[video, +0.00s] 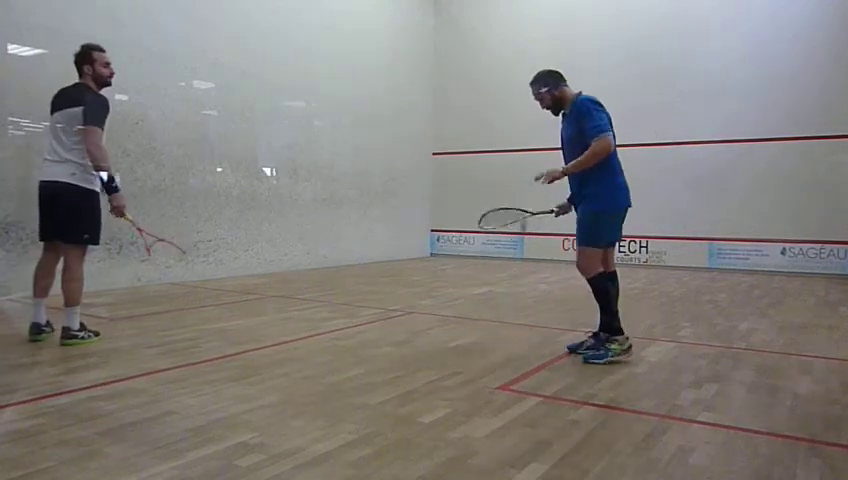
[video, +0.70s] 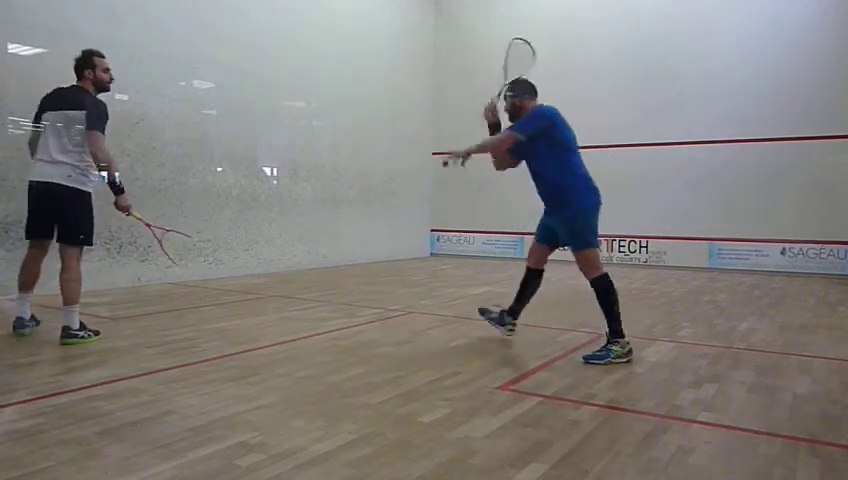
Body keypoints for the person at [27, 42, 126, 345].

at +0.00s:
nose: (111, 70)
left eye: (110, 65)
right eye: (105, 65)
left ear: (84, 70)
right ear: (87, 68)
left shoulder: (59, 96)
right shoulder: (95, 100)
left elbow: (64, 144)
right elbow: (94, 146)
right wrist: (114, 190)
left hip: (49, 185)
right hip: (78, 188)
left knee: (50, 252)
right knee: (74, 258)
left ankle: (37, 321)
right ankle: (72, 327)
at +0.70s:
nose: (111, 76)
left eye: (110, 70)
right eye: (105, 71)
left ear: (82, 75)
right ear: (88, 74)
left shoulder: (50, 98)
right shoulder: (95, 105)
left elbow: (33, 144)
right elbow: (98, 150)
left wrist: (50, 170)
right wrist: (119, 190)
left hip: (40, 185)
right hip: (74, 190)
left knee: (36, 249)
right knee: (71, 259)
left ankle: (22, 316)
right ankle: (72, 326)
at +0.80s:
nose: (103, 77)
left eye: (102, 72)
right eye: (98, 73)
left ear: (75, 77)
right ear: (81, 76)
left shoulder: (42, 100)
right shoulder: (90, 106)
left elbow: (25, 145)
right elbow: (94, 150)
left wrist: (35, 176)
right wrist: (114, 192)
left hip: (36, 188)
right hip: (72, 191)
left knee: (30, 251)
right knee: (71, 259)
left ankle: (15, 315)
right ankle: (72, 326)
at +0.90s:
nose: (92, 78)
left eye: (90, 73)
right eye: (87, 74)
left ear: (64, 78)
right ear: (71, 77)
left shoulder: (30, 103)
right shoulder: (83, 108)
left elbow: (13, 148)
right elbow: (91, 153)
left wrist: (22, 181)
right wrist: (105, 190)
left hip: (30, 190)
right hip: (69, 193)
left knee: (25, 251)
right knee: (70, 258)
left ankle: (12, 315)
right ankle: (72, 324)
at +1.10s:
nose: (66, 78)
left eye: (64, 73)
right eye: (62, 73)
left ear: (37, 77)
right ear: (50, 76)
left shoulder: (9, 104)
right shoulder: (65, 109)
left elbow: (1, 143)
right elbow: (82, 155)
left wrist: (4, 173)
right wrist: (82, 174)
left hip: (13, 190)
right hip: (53, 192)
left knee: (15, 251)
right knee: (67, 253)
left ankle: (11, 315)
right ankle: (70, 307)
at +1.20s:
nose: (56, 76)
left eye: (53, 71)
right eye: (52, 71)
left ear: (27, 78)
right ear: (42, 76)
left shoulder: (5, 102)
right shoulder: (59, 108)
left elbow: (3, 143)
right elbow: (75, 154)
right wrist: (65, 162)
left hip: (10, 189)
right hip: (48, 191)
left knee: (11, 249)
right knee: (60, 247)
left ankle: (10, 314)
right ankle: (62, 303)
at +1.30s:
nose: (49, 76)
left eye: (47, 71)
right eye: (46, 71)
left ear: (20, 78)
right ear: (36, 76)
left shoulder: (4, 102)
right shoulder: (56, 108)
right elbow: (70, 152)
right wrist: (43, 144)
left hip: (9, 187)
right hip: (46, 190)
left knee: (11, 249)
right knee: (48, 246)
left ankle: (10, 313)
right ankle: (54, 307)